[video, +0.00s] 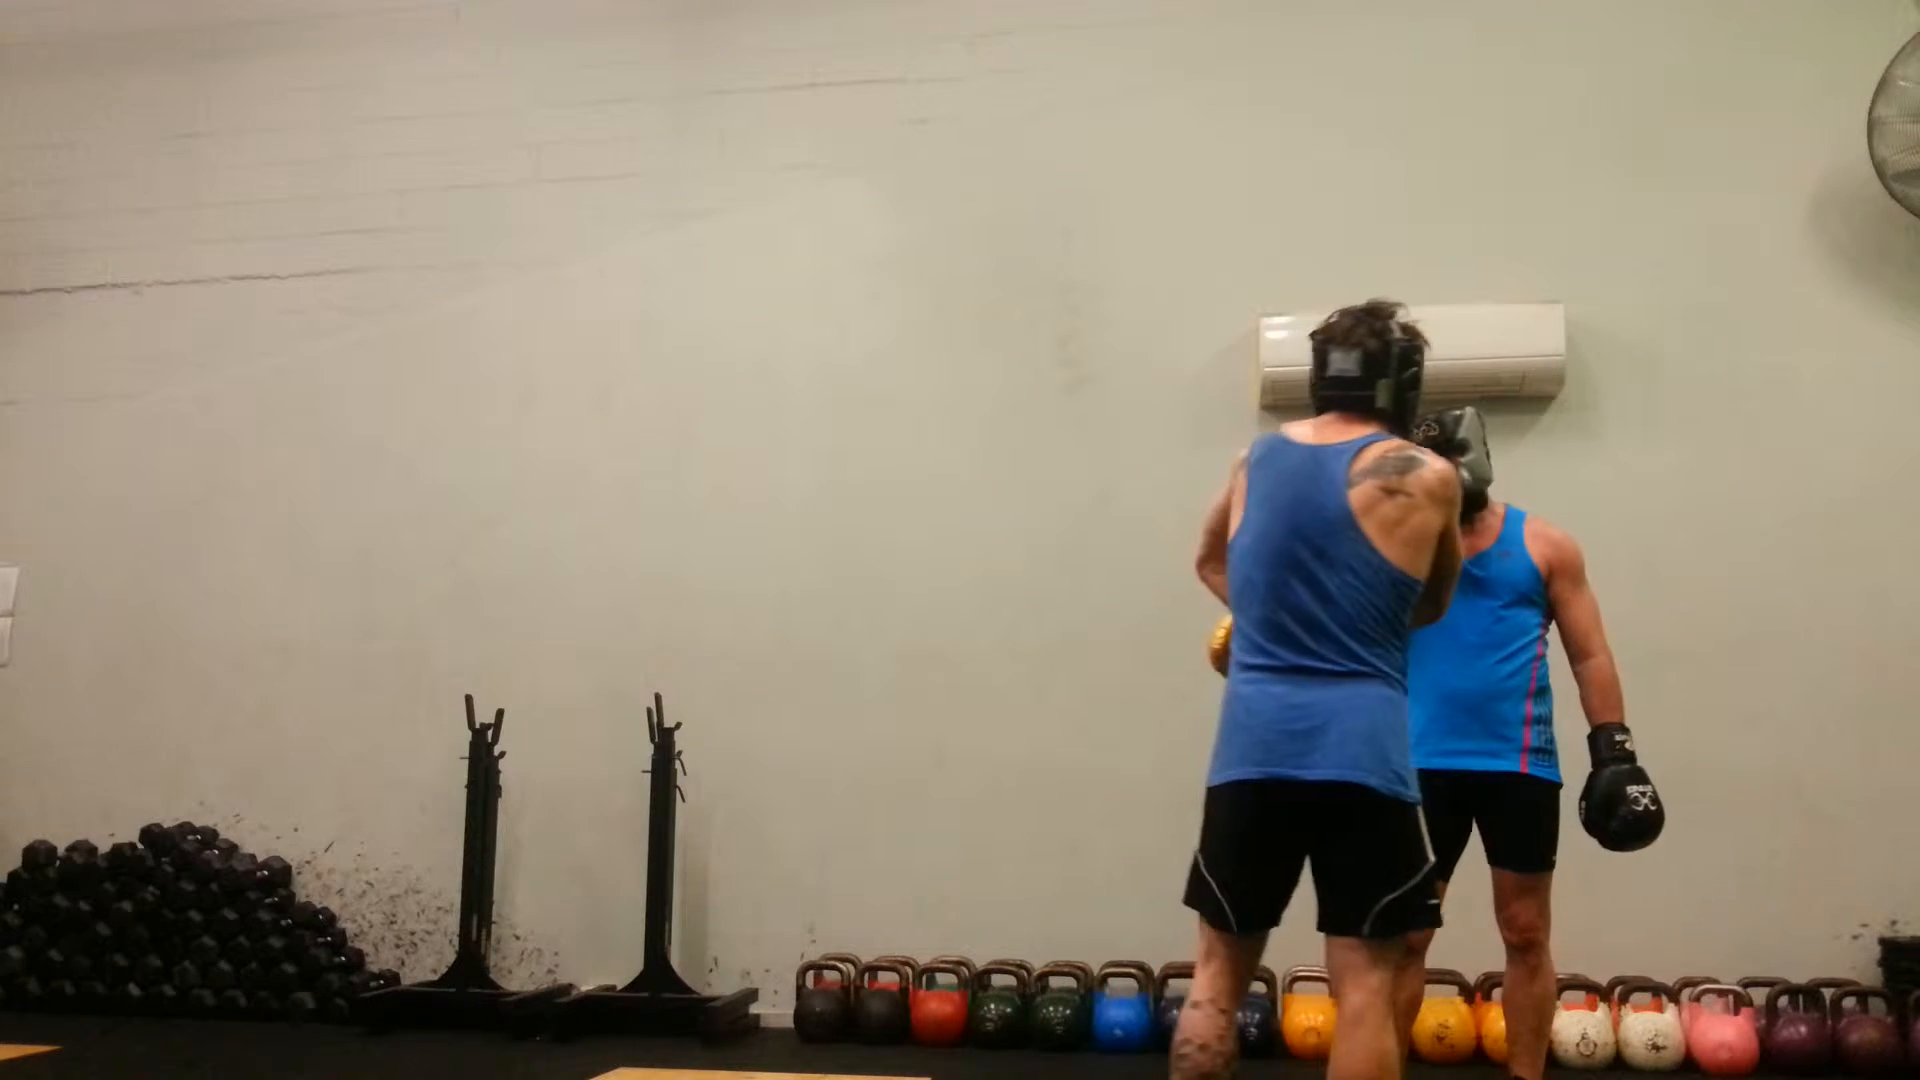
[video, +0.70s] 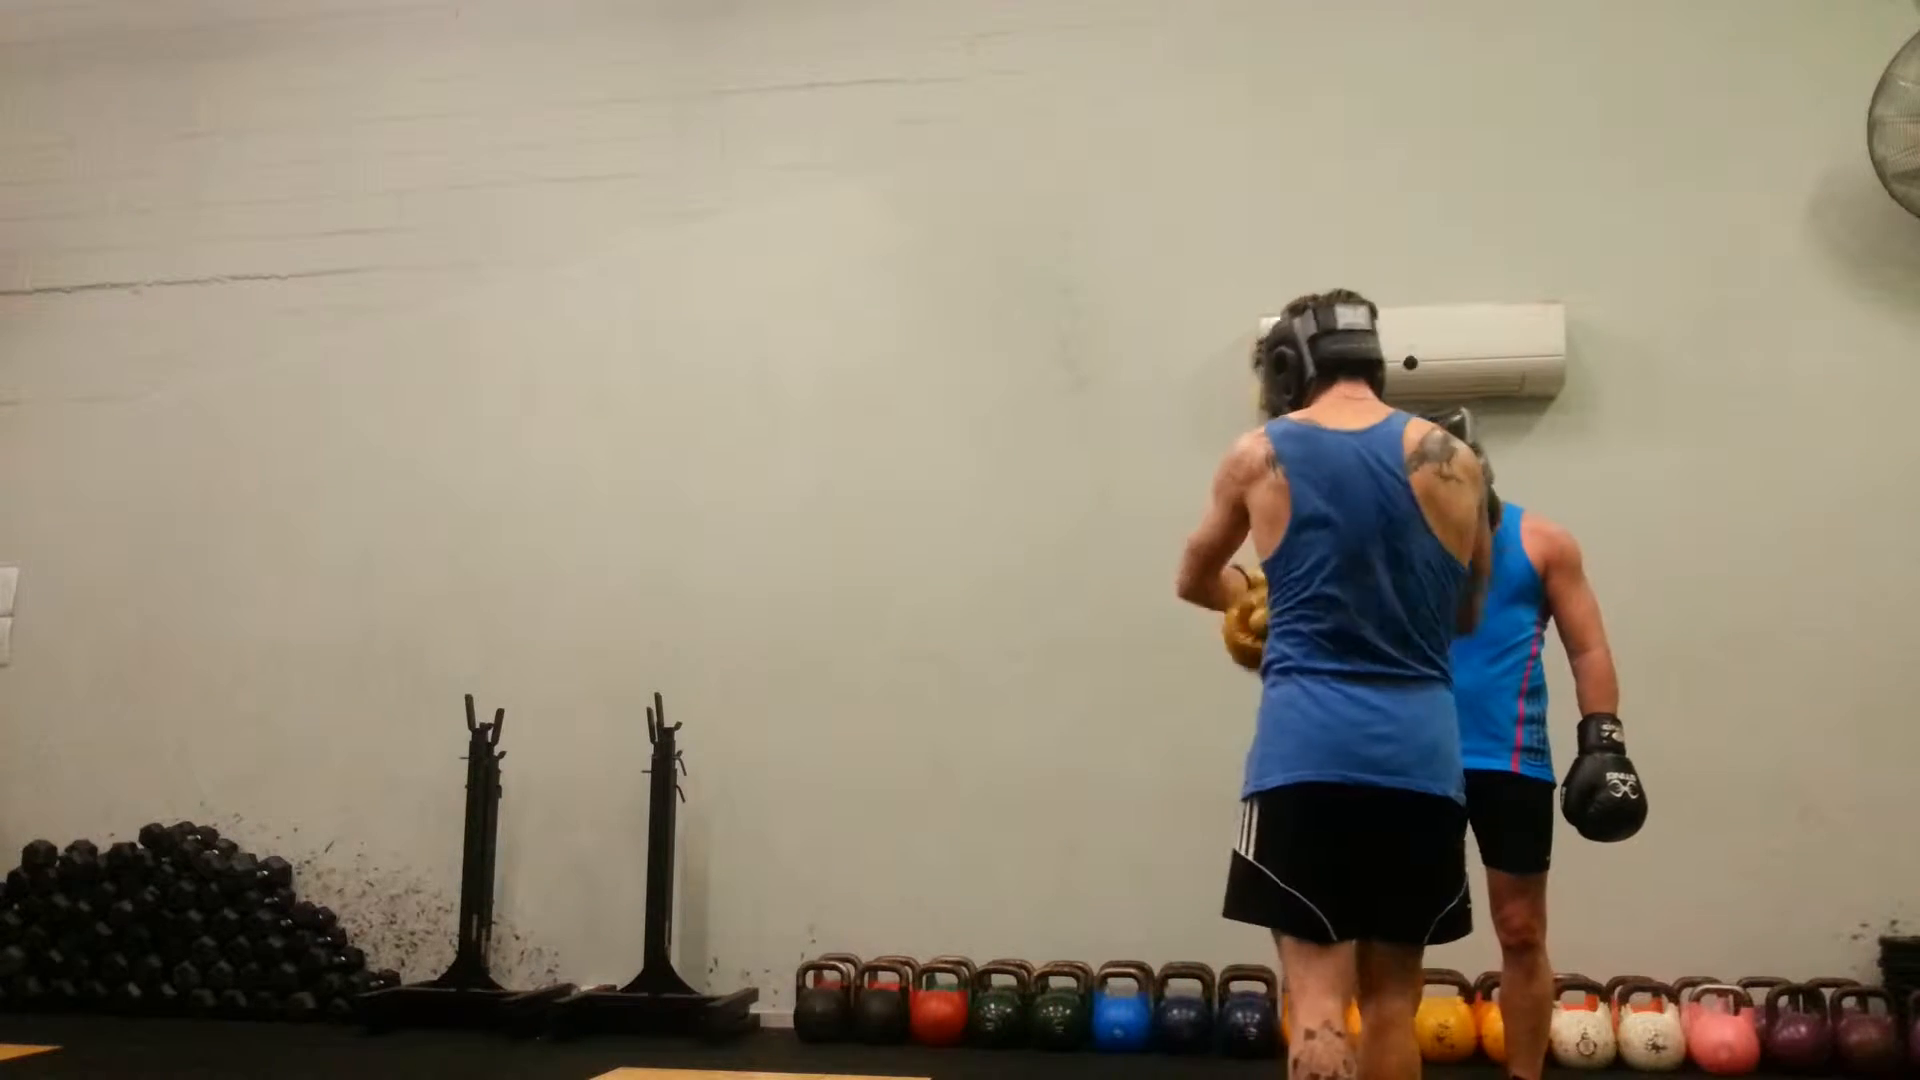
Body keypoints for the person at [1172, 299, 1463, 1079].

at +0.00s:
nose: (1419, 385)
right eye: (1416, 374)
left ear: (1318, 375)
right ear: (1406, 384)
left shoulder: (1258, 456)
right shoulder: (1430, 476)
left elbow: (1211, 562)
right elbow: (1431, 601)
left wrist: (1285, 621)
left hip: (1251, 758)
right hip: (1364, 762)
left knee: (1216, 975)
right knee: (1363, 985)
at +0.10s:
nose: (1423, 380)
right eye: (1420, 370)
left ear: (1324, 374)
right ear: (1413, 382)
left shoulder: (1266, 455)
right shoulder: (1443, 476)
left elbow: (1215, 554)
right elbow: (1434, 583)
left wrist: (1287, 612)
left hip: (1264, 761)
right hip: (1379, 765)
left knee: (1237, 979)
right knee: (1374, 993)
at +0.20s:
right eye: (1419, 363)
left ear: (1326, 369)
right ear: (1415, 374)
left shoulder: (1265, 452)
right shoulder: (1449, 473)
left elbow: (1213, 549)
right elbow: (1444, 561)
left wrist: (1274, 602)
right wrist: (1467, 461)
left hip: (1276, 764)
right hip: (1392, 769)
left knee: (1258, 986)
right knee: (1382, 997)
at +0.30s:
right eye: (1412, 364)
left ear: (1324, 371)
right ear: (1413, 373)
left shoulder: (1266, 452)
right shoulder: (1457, 472)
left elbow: (1206, 544)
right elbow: (1471, 537)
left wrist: (1257, 596)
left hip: (1287, 766)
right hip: (1404, 770)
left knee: (1279, 999)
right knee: (1387, 1001)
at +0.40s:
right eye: (1407, 359)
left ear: (1318, 368)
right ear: (1408, 370)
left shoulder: (1265, 453)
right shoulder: (1456, 469)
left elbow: (1199, 538)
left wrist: (1256, 588)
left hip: (1294, 767)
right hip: (1411, 769)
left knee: (1292, 1003)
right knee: (1389, 1004)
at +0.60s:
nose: (1292, 373)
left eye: (1293, 362)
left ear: (1301, 366)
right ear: (1393, 364)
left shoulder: (1264, 450)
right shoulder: (1456, 460)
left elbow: (1193, 562)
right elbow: (1446, 567)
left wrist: (1243, 591)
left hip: (1299, 756)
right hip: (1416, 760)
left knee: (1309, 995)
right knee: (1392, 1000)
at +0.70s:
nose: (1272, 383)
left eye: (1274, 371)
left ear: (1289, 368)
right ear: (1375, 361)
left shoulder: (1263, 452)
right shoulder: (1457, 459)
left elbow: (1197, 579)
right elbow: (1464, 612)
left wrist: (1256, 603)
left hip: (1304, 757)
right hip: (1421, 761)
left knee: (1316, 1009)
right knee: (1392, 1004)